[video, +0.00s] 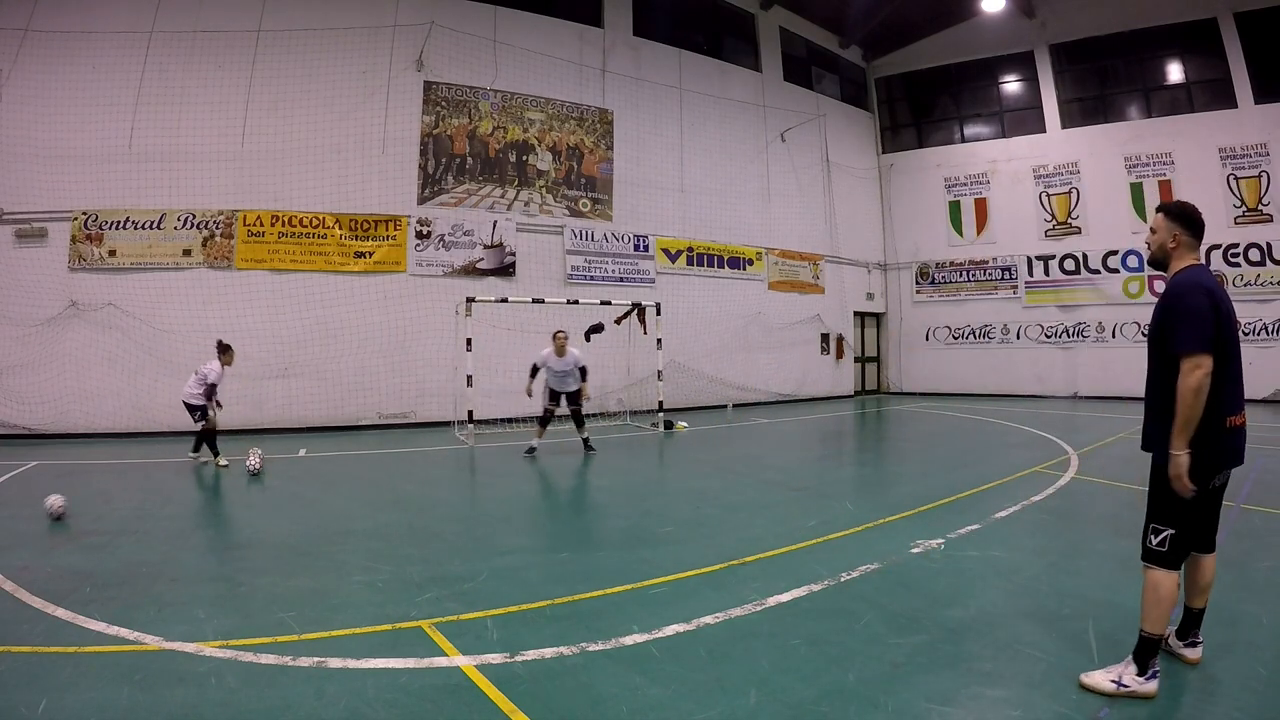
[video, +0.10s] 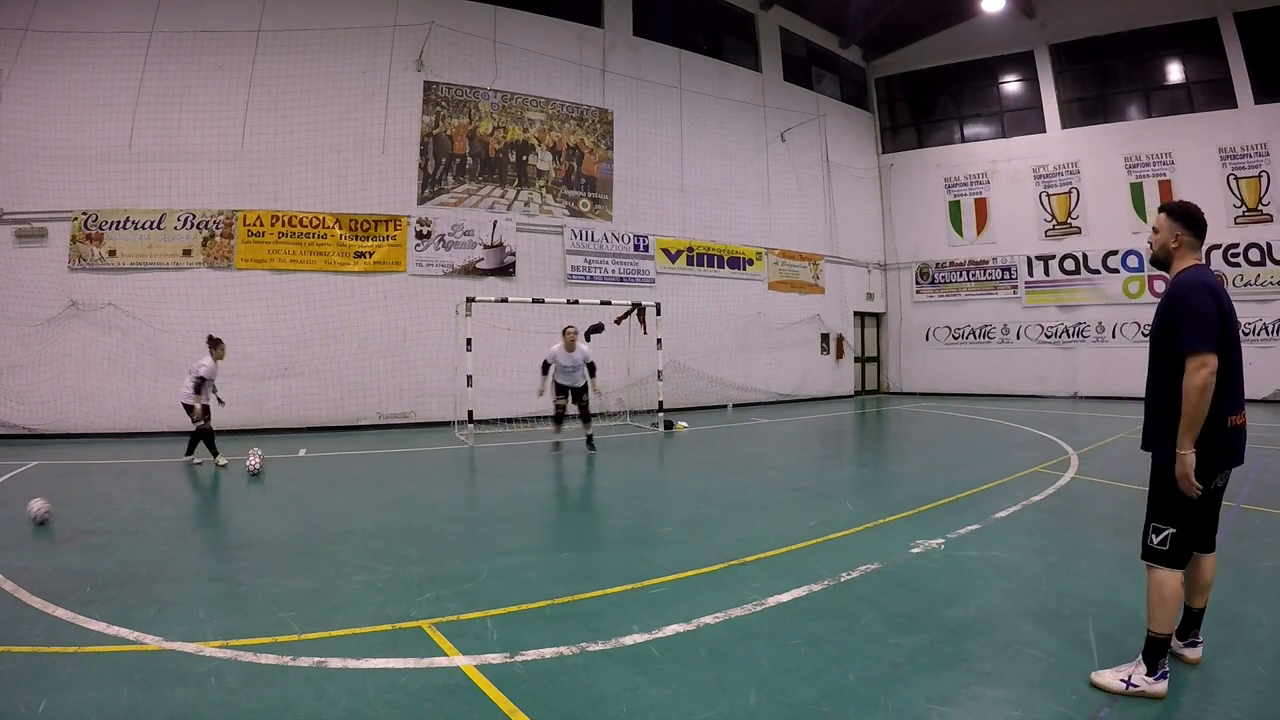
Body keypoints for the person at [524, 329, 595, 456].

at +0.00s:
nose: (562, 341)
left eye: (564, 339)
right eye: (559, 339)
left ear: (567, 341)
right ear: (554, 342)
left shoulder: (574, 354)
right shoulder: (546, 355)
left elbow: (583, 370)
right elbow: (535, 367)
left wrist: (584, 389)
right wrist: (529, 385)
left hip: (572, 387)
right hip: (553, 387)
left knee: (577, 415)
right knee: (547, 416)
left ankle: (586, 442)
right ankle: (534, 444)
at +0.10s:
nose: (572, 336)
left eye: (574, 334)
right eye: (569, 334)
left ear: (577, 336)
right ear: (563, 337)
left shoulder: (583, 350)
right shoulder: (556, 351)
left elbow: (591, 366)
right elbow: (545, 365)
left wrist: (594, 385)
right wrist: (542, 386)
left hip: (579, 383)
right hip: (561, 383)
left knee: (584, 411)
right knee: (559, 412)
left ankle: (589, 439)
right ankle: (557, 440)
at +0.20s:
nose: (580, 333)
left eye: (582, 330)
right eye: (577, 330)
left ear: (585, 333)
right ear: (571, 334)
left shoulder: (590, 348)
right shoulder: (563, 348)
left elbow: (596, 364)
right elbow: (551, 363)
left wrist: (600, 380)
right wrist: (555, 381)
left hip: (587, 383)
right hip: (569, 384)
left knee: (593, 411)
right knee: (570, 414)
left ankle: (600, 436)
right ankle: (568, 442)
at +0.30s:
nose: (586, 332)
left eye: (588, 330)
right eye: (583, 330)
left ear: (591, 333)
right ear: (577, 334)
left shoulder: (597, 348)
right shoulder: (570, 349)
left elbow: (603, 364)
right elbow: (557, 365)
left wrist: (602, 372)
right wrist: (562, 379)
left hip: (596, 385)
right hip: (577, 385)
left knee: (600, 413)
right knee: (575, 414)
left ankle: (606, 440)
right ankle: (569, 442)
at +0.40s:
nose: (592, 330)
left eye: (594, 328)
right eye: (588, 329)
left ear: (597, 332)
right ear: (583, 333)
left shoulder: (603, 347)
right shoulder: (576, 349)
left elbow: (611, 363)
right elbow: (564, 366)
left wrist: (606, 370)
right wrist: (570, 380)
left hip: (600, 387)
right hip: (582, 387)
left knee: (603, 415)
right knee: (582, 417)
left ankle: (606, 440)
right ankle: (583, 438)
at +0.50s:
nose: (598, 334)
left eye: (600, 332)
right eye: (594, 332)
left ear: (603, 335)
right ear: (589, 337)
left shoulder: (608, 349)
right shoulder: (582, 351)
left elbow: (612, 367)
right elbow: (570, 372)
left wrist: (617, 383)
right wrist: (577, 376)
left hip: (604, 387)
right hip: (586, 389)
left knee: (609, 416)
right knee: (591, 419)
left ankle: (609, 437)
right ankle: (597, 437)